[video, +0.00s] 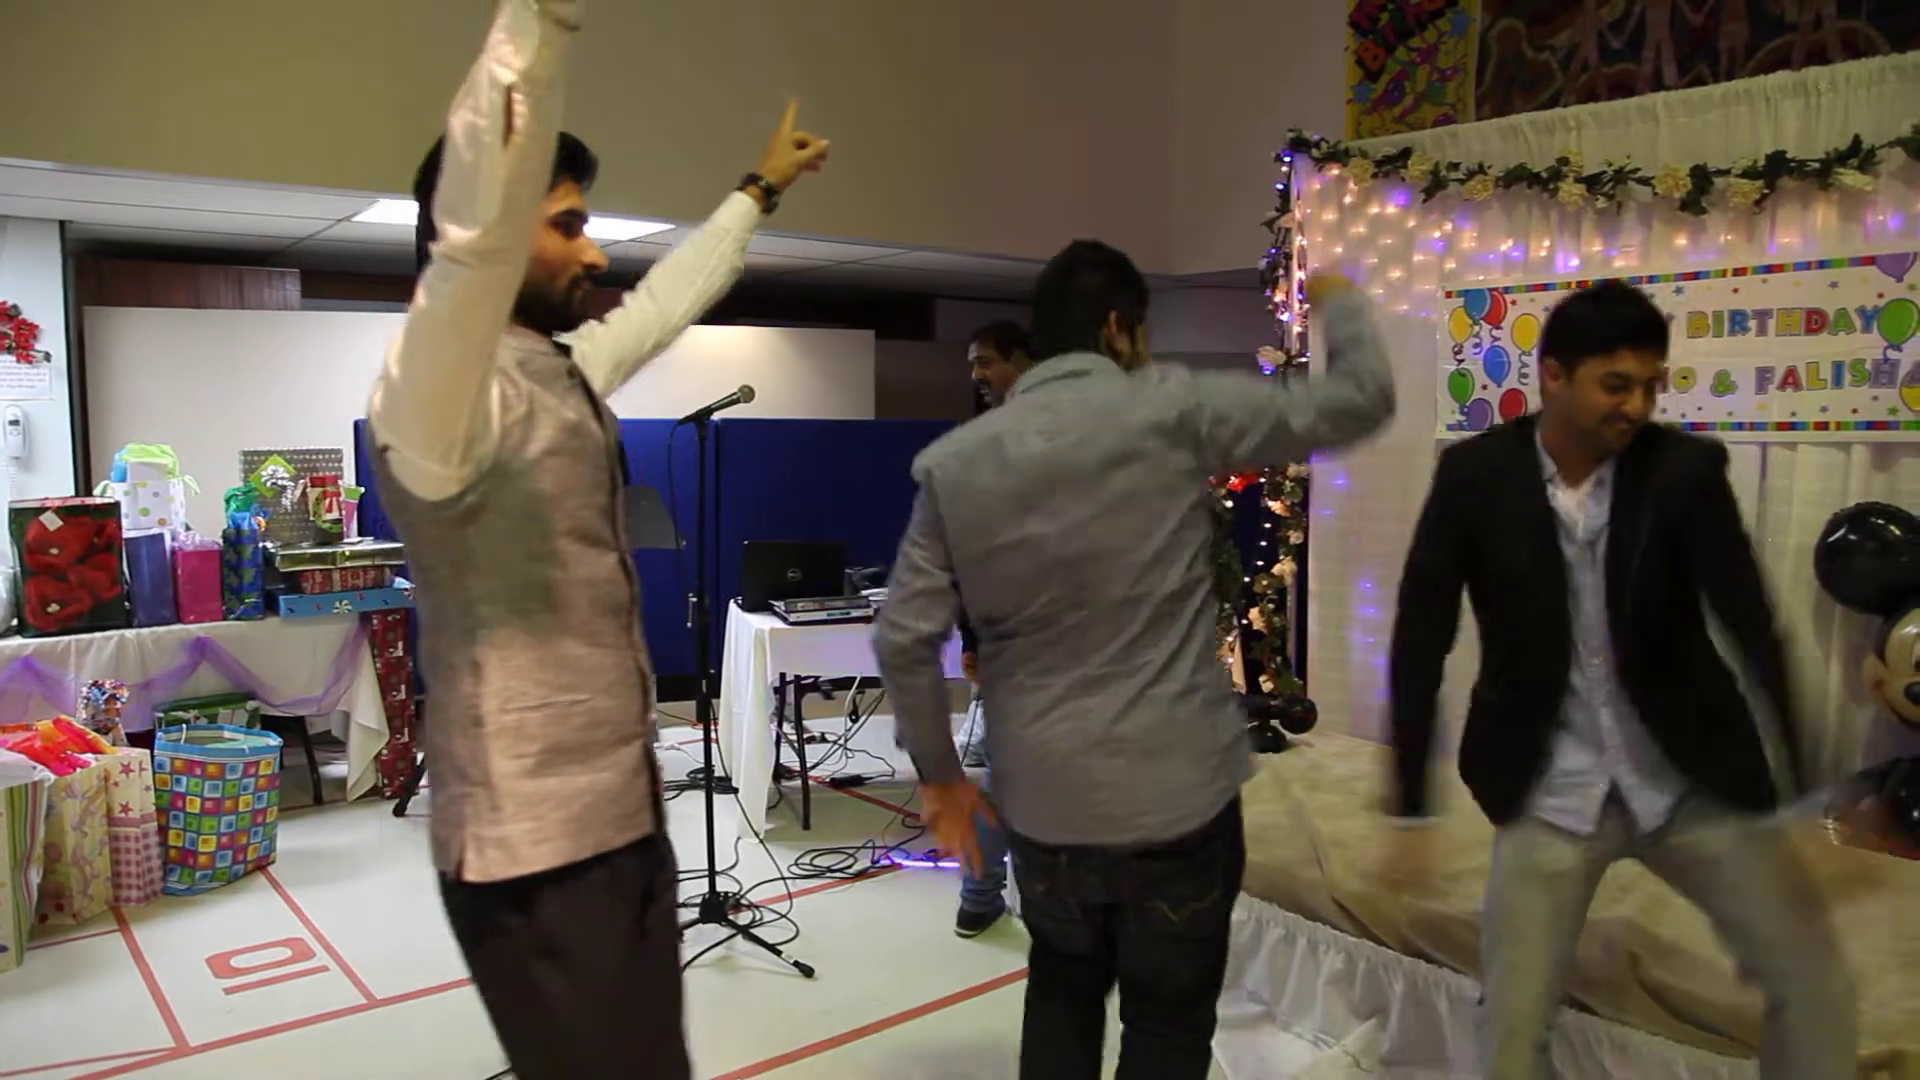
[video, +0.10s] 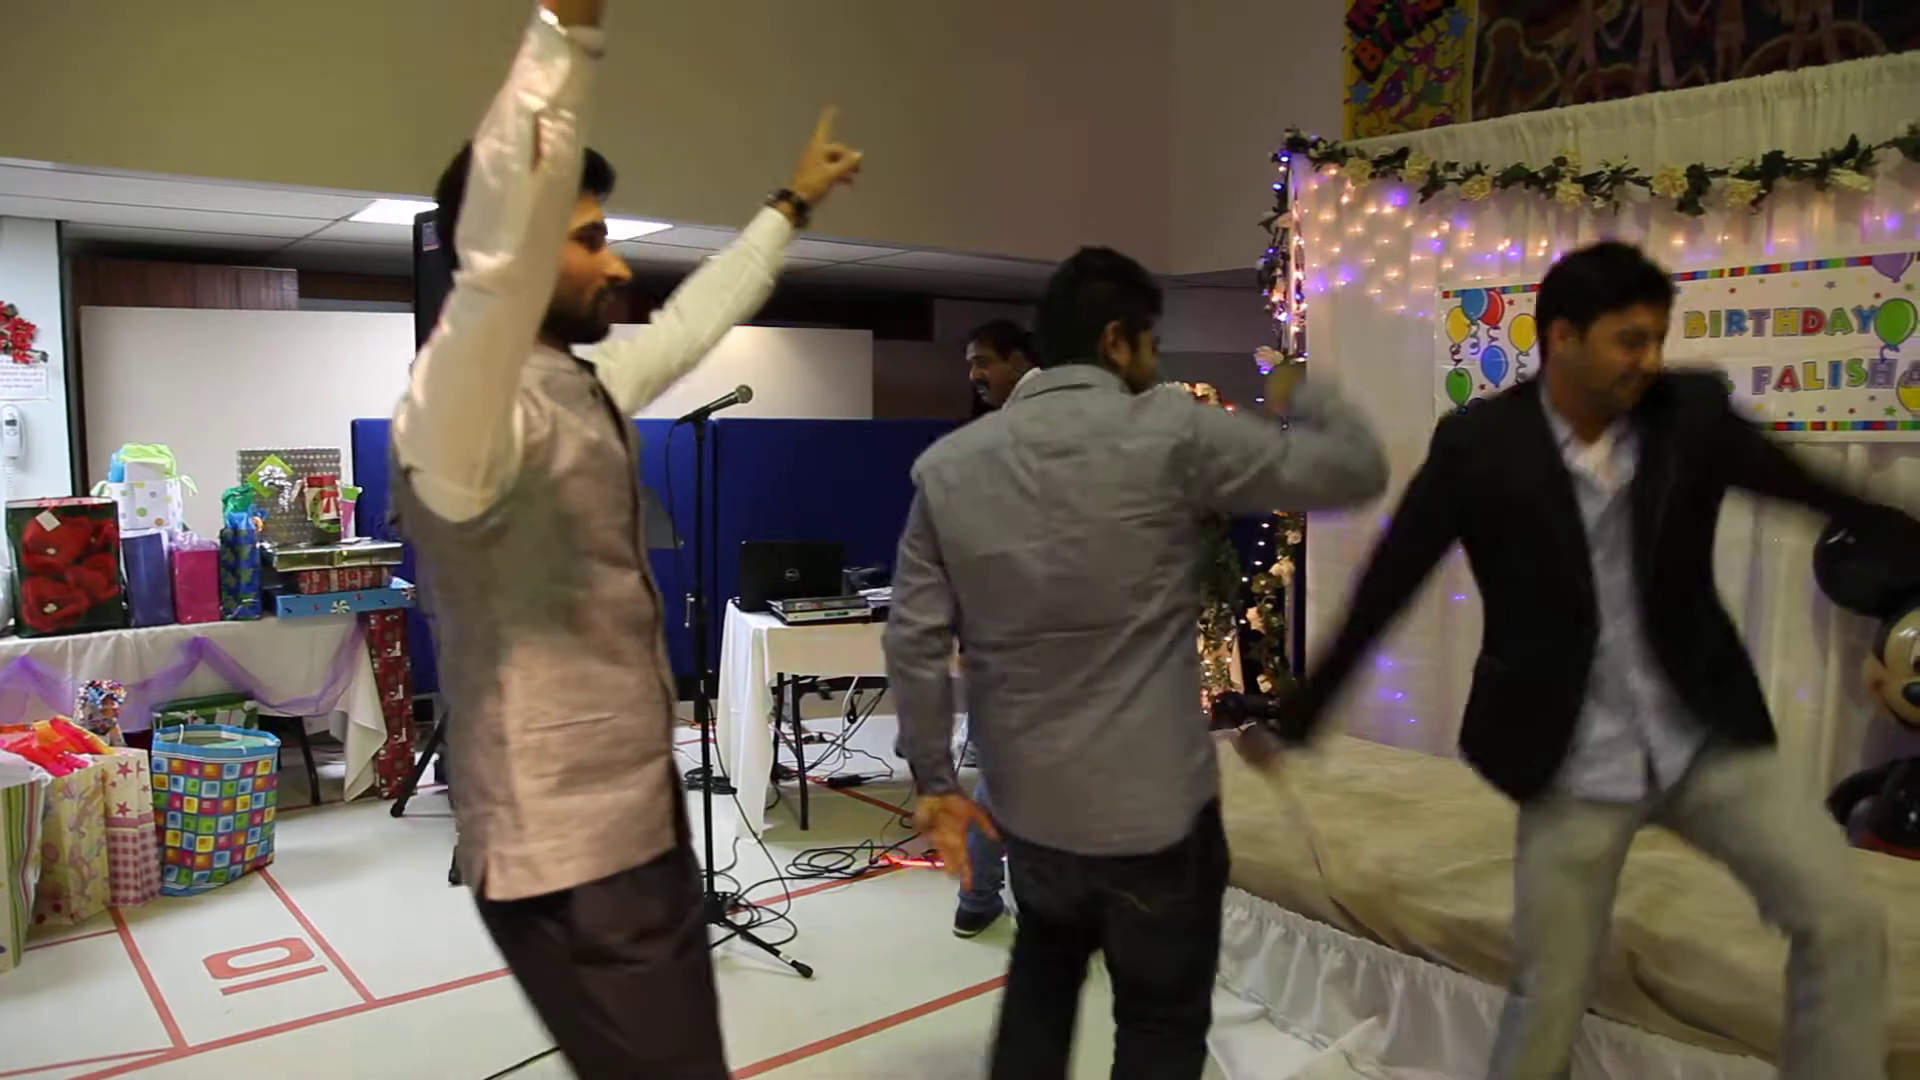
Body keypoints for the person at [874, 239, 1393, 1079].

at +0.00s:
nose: (1148, 342)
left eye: (1146, 327)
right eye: (1144, 326)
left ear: (1032, 335)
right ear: (1116, 326)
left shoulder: (956, 465)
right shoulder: (1172, 407)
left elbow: (904, 636)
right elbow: (1359, 399)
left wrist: (939, 775)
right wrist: (1341, 304)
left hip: (1041, 804)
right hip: (1177, 801)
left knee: (1062, 992)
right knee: (1169, 1026)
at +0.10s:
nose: (1158, 362)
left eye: (1155, 342)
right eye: (1151, 341)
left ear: (1041, 342)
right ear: (1115, 340)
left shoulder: (950, 466)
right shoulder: (1172, 434)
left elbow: (915, 639)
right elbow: (1356, 469)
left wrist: (933, 780)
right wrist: (1299, 397)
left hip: (1026, 806)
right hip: (1154, 812)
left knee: (1042, 964)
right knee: (1162, 1031)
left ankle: (1017, 1076)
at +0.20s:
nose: (1152, 352)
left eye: (1151, 332)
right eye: (1146, 331)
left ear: (1053, 326)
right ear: (1103, 326)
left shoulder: (938, 444)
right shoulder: (1145, 420)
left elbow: (899, 612)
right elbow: (1294, 551)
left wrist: (911, 752)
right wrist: (1279, 493)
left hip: (1008, 789)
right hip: (1131, 792)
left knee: (1010, 953)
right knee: (1141, 1014)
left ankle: (963, 1075)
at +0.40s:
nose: (1116, 357)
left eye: (1116, 339)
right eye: (1101, 339)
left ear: (1031, 342)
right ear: (1042, 341)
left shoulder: (926, 448)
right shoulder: (1061, 448)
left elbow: (892, 599)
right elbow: (1108, 631)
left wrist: (903, 714)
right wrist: (1218, 623)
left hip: (952, 777)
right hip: (1047, 780)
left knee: (983, 940)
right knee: (1102, 987)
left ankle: (923, 1074)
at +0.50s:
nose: (1082, 355)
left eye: (1084, 338)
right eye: (1063, 338)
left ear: (1013, 348)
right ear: (1003, 346)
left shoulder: (969, 425)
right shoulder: (999, 438)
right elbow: (1028, 638)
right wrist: (1154, 703)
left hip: (953, 754)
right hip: (999, 756)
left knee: (979, 942)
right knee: (1085, 967)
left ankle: (926, 1074)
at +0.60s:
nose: (1053, 339)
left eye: (1055, 322)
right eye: (1031, 323)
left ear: (1050, 326)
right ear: (970, 335)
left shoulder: (1003, 430)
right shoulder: (950, 438)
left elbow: (1001, 610)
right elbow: (960, 625)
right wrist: (1075, 756)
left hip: (991, 744)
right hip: (953, 747)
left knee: (969, 935)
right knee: (1056, 930)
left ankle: (923, 1072)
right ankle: (995, 1070)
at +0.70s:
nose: (1020, 327)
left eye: (1024, 309)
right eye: (997, 311)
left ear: (1030, 319)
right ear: (943, 323)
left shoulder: (1009, 431)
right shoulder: (903, 443)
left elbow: (1044, 562)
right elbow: (903, 631)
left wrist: (1056, 654)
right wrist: (977, 776)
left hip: (996, 731)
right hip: (929, 749)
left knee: (987, 942)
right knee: (991, 952)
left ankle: (925, 1062)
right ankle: (916, 1069)